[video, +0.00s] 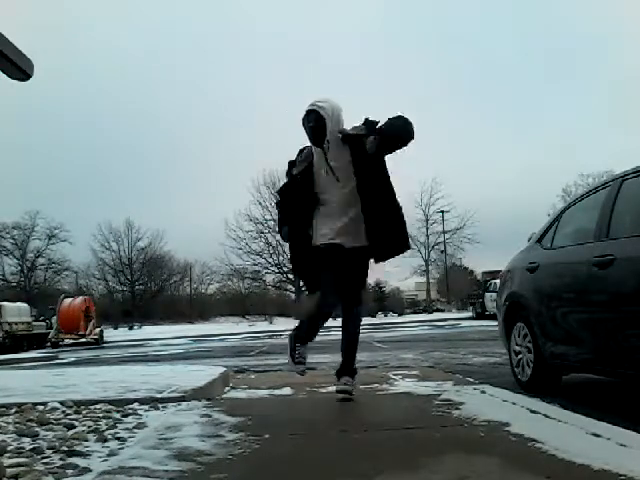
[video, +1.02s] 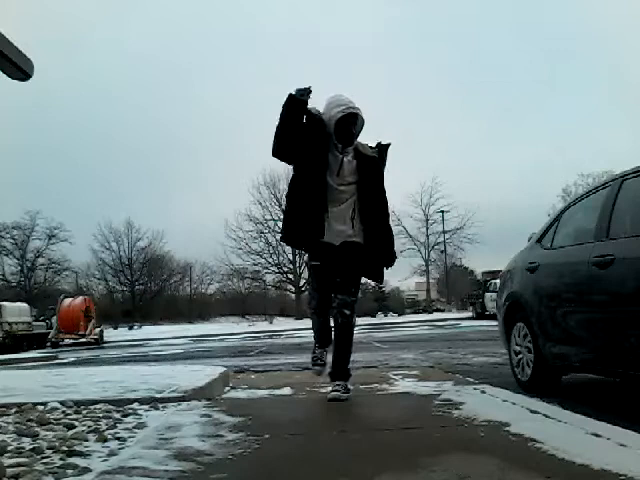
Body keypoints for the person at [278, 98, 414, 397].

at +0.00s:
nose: (310, 128)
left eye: (316, 121)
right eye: (307, 123)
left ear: (332, 121)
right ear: (305, 126)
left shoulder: (360, 144)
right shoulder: (305, 161)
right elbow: (288, 203)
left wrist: (384, 134)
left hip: (356, 242)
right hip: (321, 243)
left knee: (352, 309)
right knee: (326, 303)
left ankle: (347, 375)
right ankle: (298, 341)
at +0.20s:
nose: (307, 131)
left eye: (313, 125)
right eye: (304, 126)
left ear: (328, 126)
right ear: (302, 131)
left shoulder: (349, 149)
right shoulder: (303, 165)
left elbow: (380, 146)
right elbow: (305, 210)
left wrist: (361, 111)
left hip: (356, 241)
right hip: (323, 249)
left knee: (371, 298)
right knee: (338, 319)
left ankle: (382, 331)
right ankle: (346, 381)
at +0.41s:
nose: (308, 129)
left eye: (313, 122)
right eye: (303, 124)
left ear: (329, 123)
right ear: (300, 130)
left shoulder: (351, 146)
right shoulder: (301, 165)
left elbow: (381, 128)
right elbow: (301, 210)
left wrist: (346, 111)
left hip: (357, 241)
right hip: (323, 251)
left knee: (376, 289)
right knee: (334, 318)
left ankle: (387, 308)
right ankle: (344, 379)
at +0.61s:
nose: (314, 140)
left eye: (320, 134)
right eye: (310, 135)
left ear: (336, 135)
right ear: (306, 140)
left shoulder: (351, 160)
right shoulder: (301, 176)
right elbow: (292, 222)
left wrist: (354, 145)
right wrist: (289, 256)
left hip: (352, 249)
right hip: (319, 257)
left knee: (368, 313)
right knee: (332, 320)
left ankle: (384, 294)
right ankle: (341, 380)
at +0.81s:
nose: (343, 134)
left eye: (347, 128)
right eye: (337, 128)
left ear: (352, 131)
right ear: (322, 130)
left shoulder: (363, 164)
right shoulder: (303, 160)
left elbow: (385, 202)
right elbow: (270, 169)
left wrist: (381, 230)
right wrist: (278, 139)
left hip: (353, 247)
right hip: (319, 250)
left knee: (356, 298)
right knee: (333, 315)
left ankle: (376, 346)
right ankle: (340, 377)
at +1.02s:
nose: (349, 130)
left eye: (354, 124)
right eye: (344, 124)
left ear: (359, 126)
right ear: (328, 124)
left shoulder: (369, 159)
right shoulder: (311, 146)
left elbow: (378, 208)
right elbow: (281, 150)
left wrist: (384, 253)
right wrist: (294, 108)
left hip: (354, 244)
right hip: (319, 242)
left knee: (344, 310)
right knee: (320, 304)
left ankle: (340, 378)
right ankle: (321, 346)